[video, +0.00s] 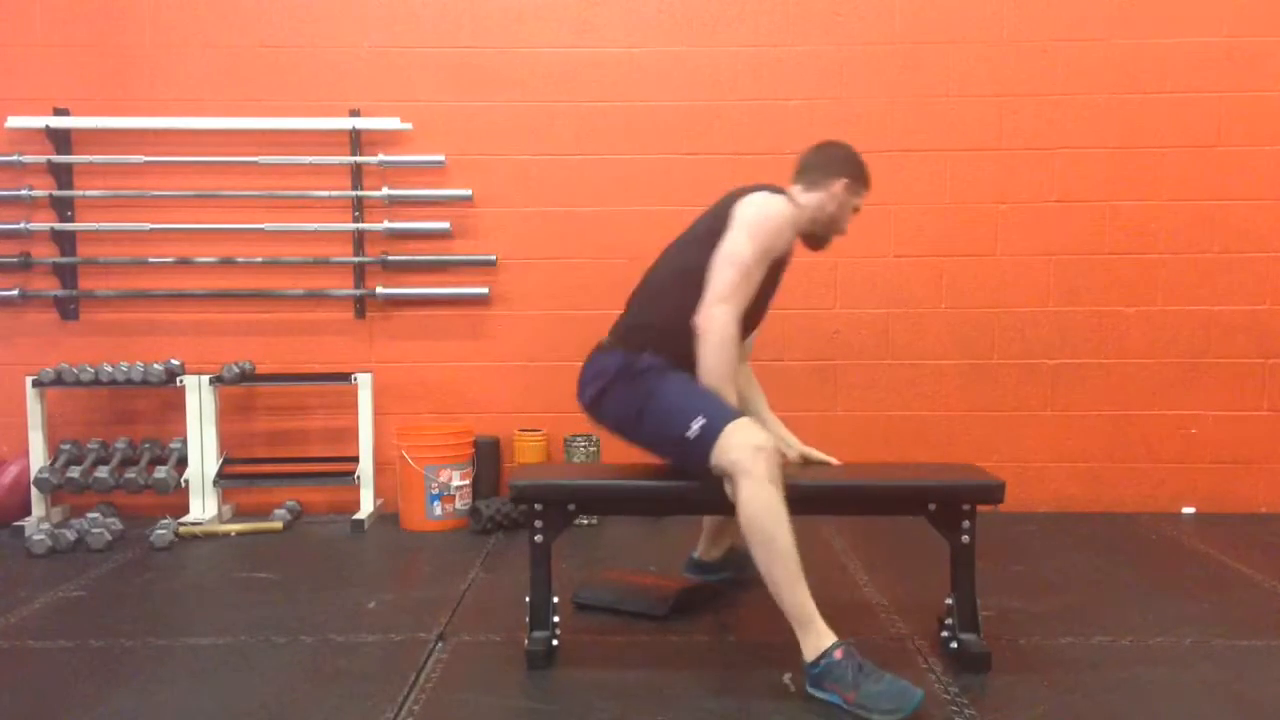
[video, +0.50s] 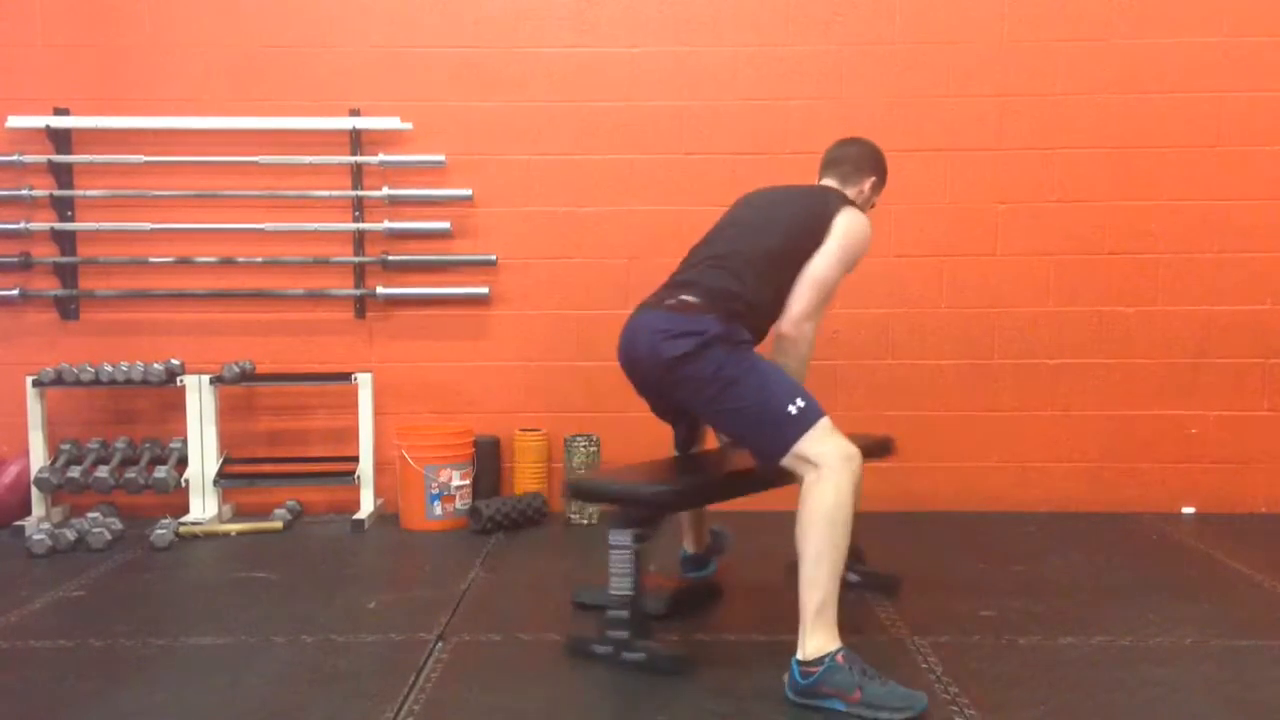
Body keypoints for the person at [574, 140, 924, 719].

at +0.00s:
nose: (848, 225)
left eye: (854, 212)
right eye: (853, 209)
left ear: (818, 187)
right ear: (834, 190)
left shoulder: (774, 228)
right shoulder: (769, 212)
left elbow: (730, 341)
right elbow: (714, 317)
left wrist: (774, 429)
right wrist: (725, 426)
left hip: (661, 372)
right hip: (629, 372)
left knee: (755, 442)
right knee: (755, 456)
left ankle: (713, 550)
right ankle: (822, 653)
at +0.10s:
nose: (858, 226)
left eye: (864, 215)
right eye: (864, 211)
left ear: (820, 181)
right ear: (851, 192)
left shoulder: (779, 207)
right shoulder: (797, 215)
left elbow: (723, 323)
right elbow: (737, 318)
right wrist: (743, 424)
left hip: (646, 354)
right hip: (648, 357)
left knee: (729, 426)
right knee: (780, 449)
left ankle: (709, 548)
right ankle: (810, 660)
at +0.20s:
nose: (862, 222)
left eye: (866, 213)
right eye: (868, 210)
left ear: (819, 179)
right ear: (859, 193)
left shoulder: (783, 204)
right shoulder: (815, 217)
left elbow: (718, 310)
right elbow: (751, 318)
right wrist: (746, 425)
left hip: (644, 345)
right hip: (662, 349)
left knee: (729, 427)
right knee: (800, 452)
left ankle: (705, 548)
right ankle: (813, 660)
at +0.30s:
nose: (869, 212)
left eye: (872, 204)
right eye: (874, 202)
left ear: (824, 173)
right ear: (866, 188)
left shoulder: (778, 199)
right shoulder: (832, 216)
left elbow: (712, 296)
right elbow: (766, 321)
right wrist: (756, 428)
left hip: (640, 337)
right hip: (678, 344)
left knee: (712, 421)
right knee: (823, 452)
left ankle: (698, 550)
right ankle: (815, 659)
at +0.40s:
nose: (872, 206)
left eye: (874, 198)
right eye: (877, 197)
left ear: (825, 172)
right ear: (868, 186)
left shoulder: (772, 198)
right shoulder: (840, 218)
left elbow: (713, 293)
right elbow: (780, 322)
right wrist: (768, 432)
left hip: (640, 337)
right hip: (689, 345)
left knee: (694, 426)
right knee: (832, 456)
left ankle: (696, 548)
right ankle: (817, 659)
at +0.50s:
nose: (874, 205)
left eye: (874, 197)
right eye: (877, 196)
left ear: (823, 174)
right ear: (867, 186)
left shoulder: (768, 197)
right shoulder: (849, 220)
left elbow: (709, 290)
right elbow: (793, 327)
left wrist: (727, 430)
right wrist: (776, 426)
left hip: (640, 335)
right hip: (697, 342)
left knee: (690, 430)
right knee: (836, 460)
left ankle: (694, 551)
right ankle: (818, 658)